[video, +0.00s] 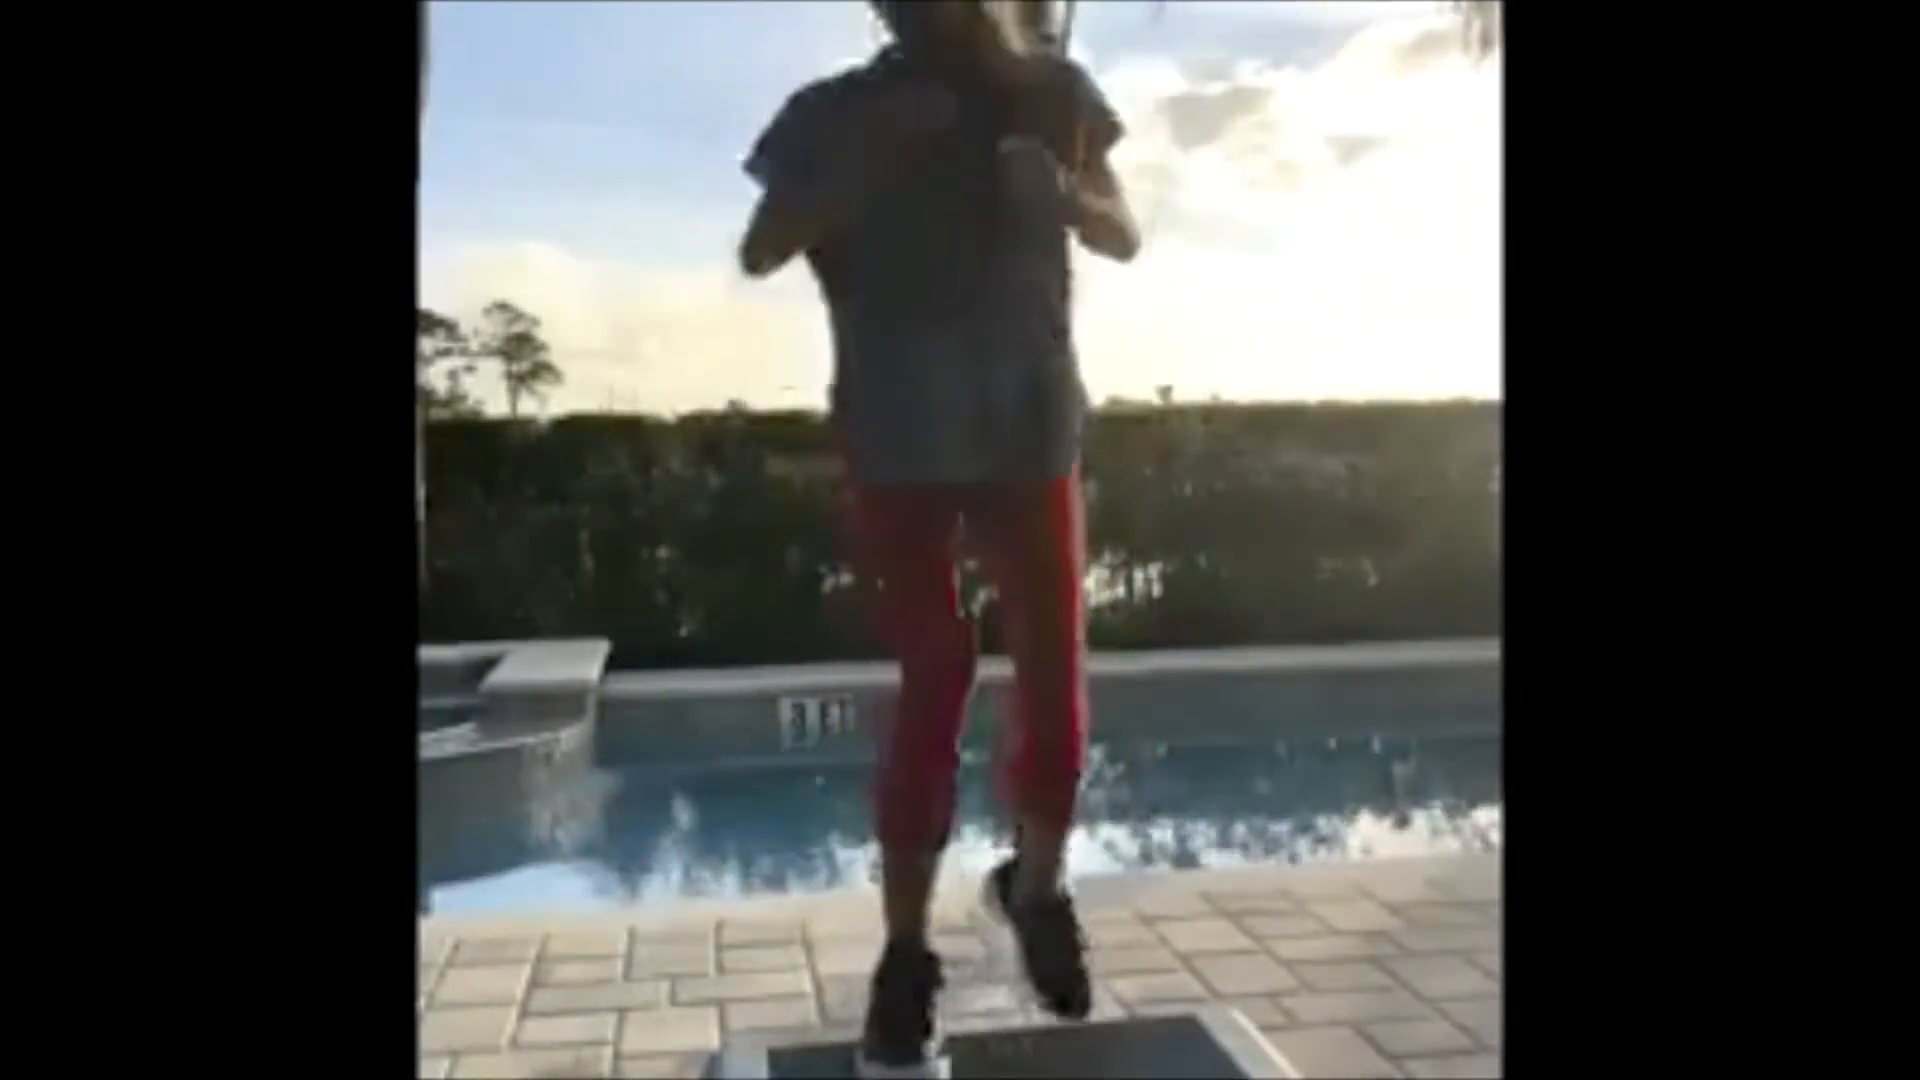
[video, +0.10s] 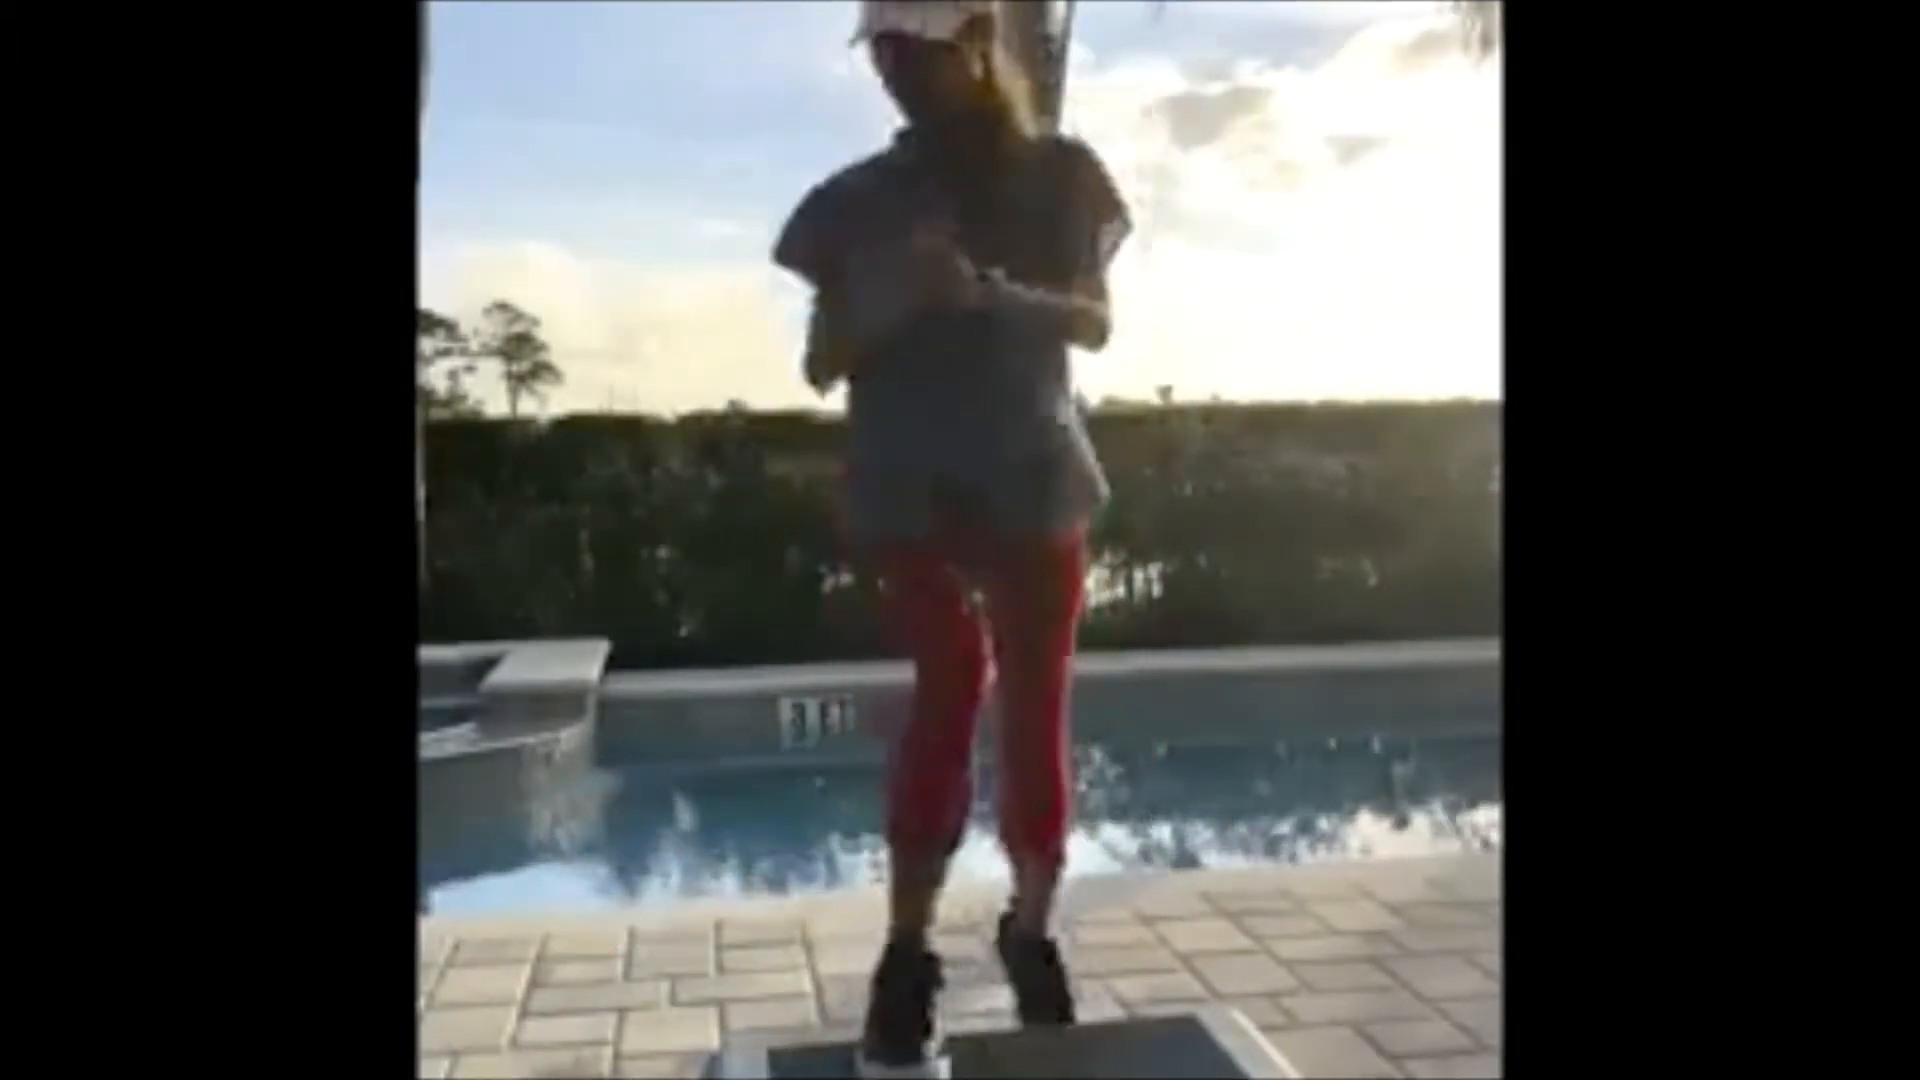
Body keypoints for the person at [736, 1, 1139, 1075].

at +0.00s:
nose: (953, 15)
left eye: (966, 4)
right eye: (934, 5)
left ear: (991, 8)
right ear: (901, 11)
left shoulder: (1047, 91)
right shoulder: (838, 112)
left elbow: (1121, 236)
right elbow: (761, 250)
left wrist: (1061, 185)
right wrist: (866, 158)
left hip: (1031, 436)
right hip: (896, 443)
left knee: (1052, 668)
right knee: (934, 674)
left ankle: (1038, 884)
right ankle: (906, 952)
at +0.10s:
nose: (906, 68)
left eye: (927, 45)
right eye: (891, 48)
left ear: (978, 48)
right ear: (881, 59)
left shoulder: (1055, 170)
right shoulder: (857, 200)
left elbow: (1092, 317)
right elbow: (822, 361)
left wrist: (986, 289)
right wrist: (901, 288)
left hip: (1033, 472)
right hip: (903, 479)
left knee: (1038, 697)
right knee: (948, 677)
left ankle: (1031, 928)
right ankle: (906, 952)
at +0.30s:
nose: (915, 136)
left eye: (934, 113)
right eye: (900, 114)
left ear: (984, 108)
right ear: (885, 117)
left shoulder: (1056, 240)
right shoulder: (879, 245)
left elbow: (1093, 397)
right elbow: (880, 328)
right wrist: (936, 200)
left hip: (1041, 505)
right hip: (921, 504)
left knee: (1034, 727)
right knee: (897, 651)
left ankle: (1022, 944)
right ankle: (913, 911)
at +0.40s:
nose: (887, 122)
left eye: (907, 103)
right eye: (877, 102)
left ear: (968, 99)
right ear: (873, 105)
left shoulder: (1048, 219)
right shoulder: (871, 224)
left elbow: (1105, 348)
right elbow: (876, 328)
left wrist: (1086, 462)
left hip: (1035, 489)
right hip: (920, 488)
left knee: (1029, 714)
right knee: (879, 674)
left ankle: (1030, 939)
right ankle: (908, 896)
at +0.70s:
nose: (814, 124)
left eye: (834, 103)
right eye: (801, 102)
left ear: (890, 102)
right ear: (788, 106)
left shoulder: (964, 224)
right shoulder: (795, 248)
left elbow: (1026, 368)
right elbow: (766, 393)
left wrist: (1007, 470)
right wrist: (759, 431)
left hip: (969, 518)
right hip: (863, 526)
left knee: (918, 751)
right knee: (867, 761)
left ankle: (1001, 896)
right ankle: (909, 974)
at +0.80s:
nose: (787, 104)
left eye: (807, 82)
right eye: (778, 83)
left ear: (871, 82)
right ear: (771, 87)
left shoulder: (940, 200)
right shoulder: (752, 227)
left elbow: (1027, 342)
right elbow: (655, 355)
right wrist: (661, 326)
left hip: (958, 501)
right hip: (848, 518)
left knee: (862, 649)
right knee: (876, 700)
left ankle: (937, 864)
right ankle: (915, 958)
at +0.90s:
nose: (774, 108)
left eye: (795, 87)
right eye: (761, 86)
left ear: (854, 88)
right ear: (748, 88)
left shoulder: (909, 193)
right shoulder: (728, 223)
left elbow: (1015, 249)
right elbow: (578, 274)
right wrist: (589, 187)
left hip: (938, 501)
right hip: (825, 516)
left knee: (834, 632)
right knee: (874, 720)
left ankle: (867, 898)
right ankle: (911, 963)